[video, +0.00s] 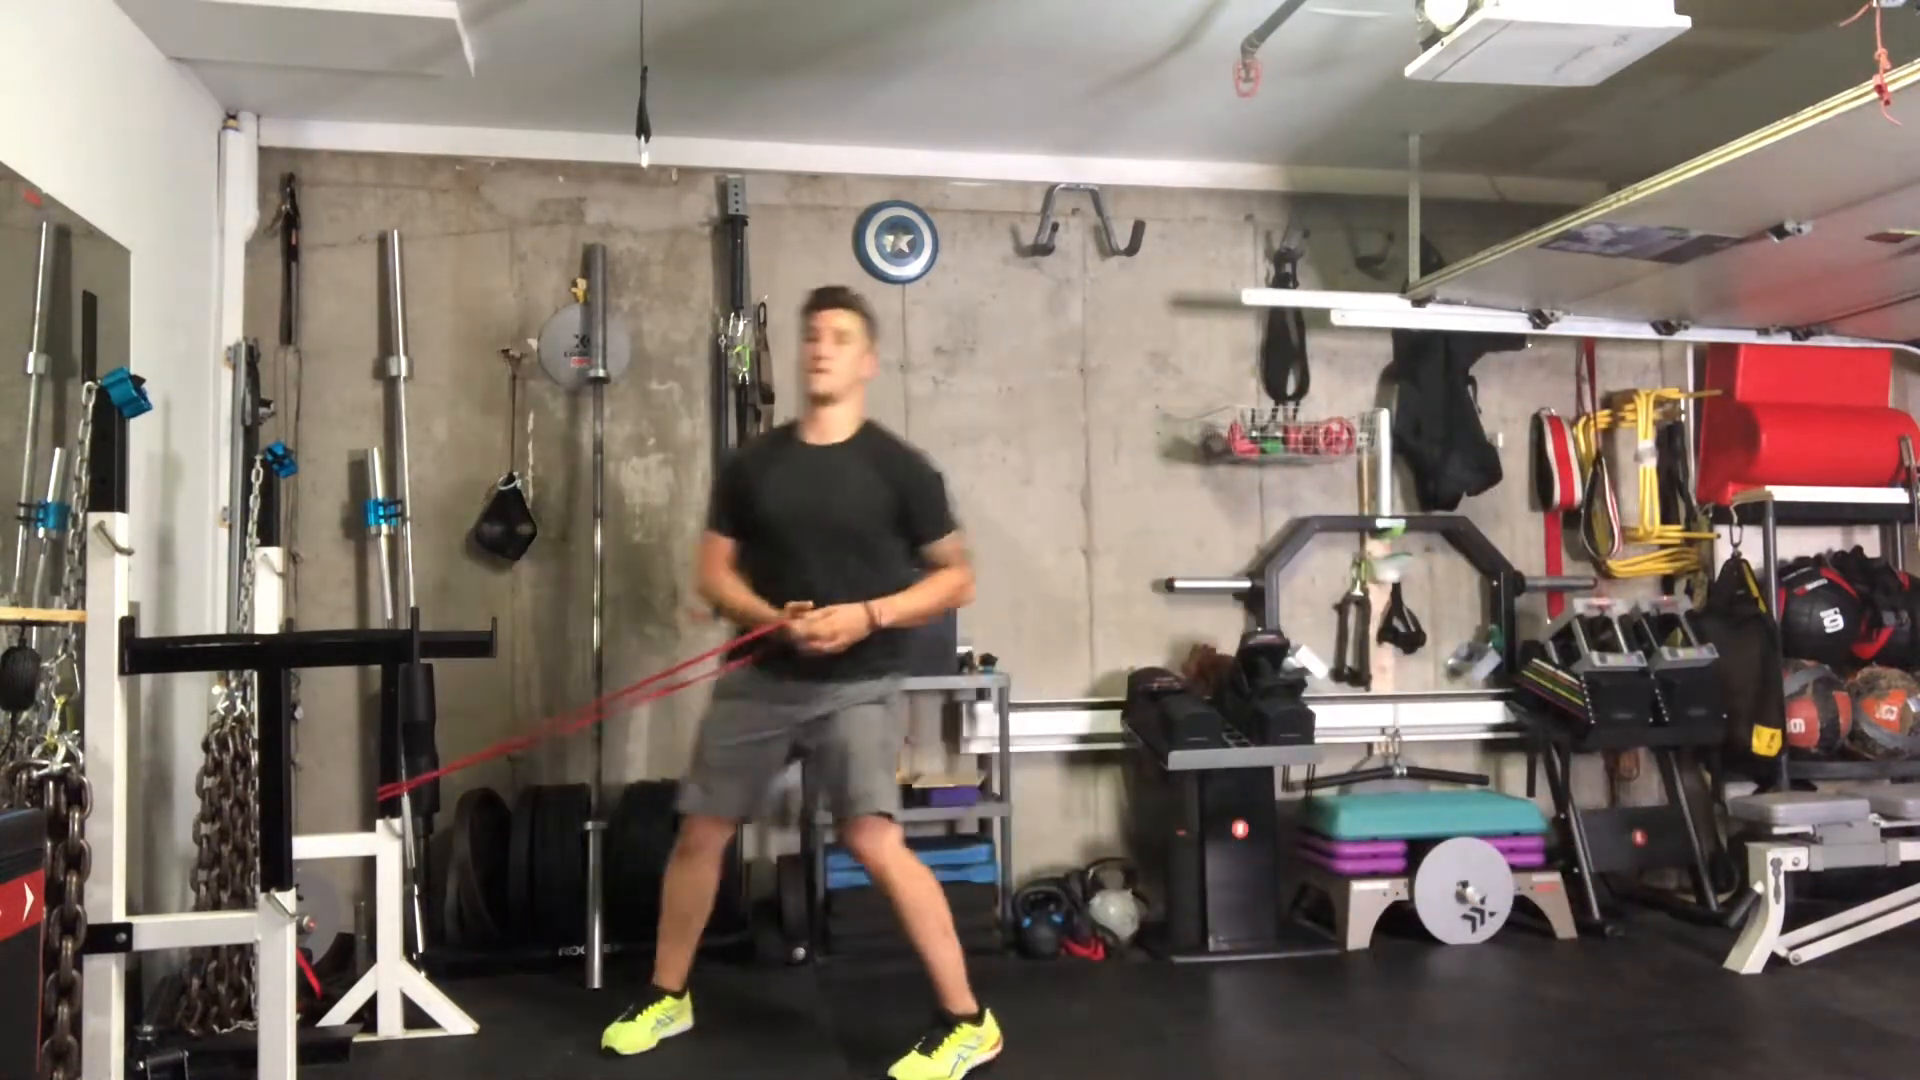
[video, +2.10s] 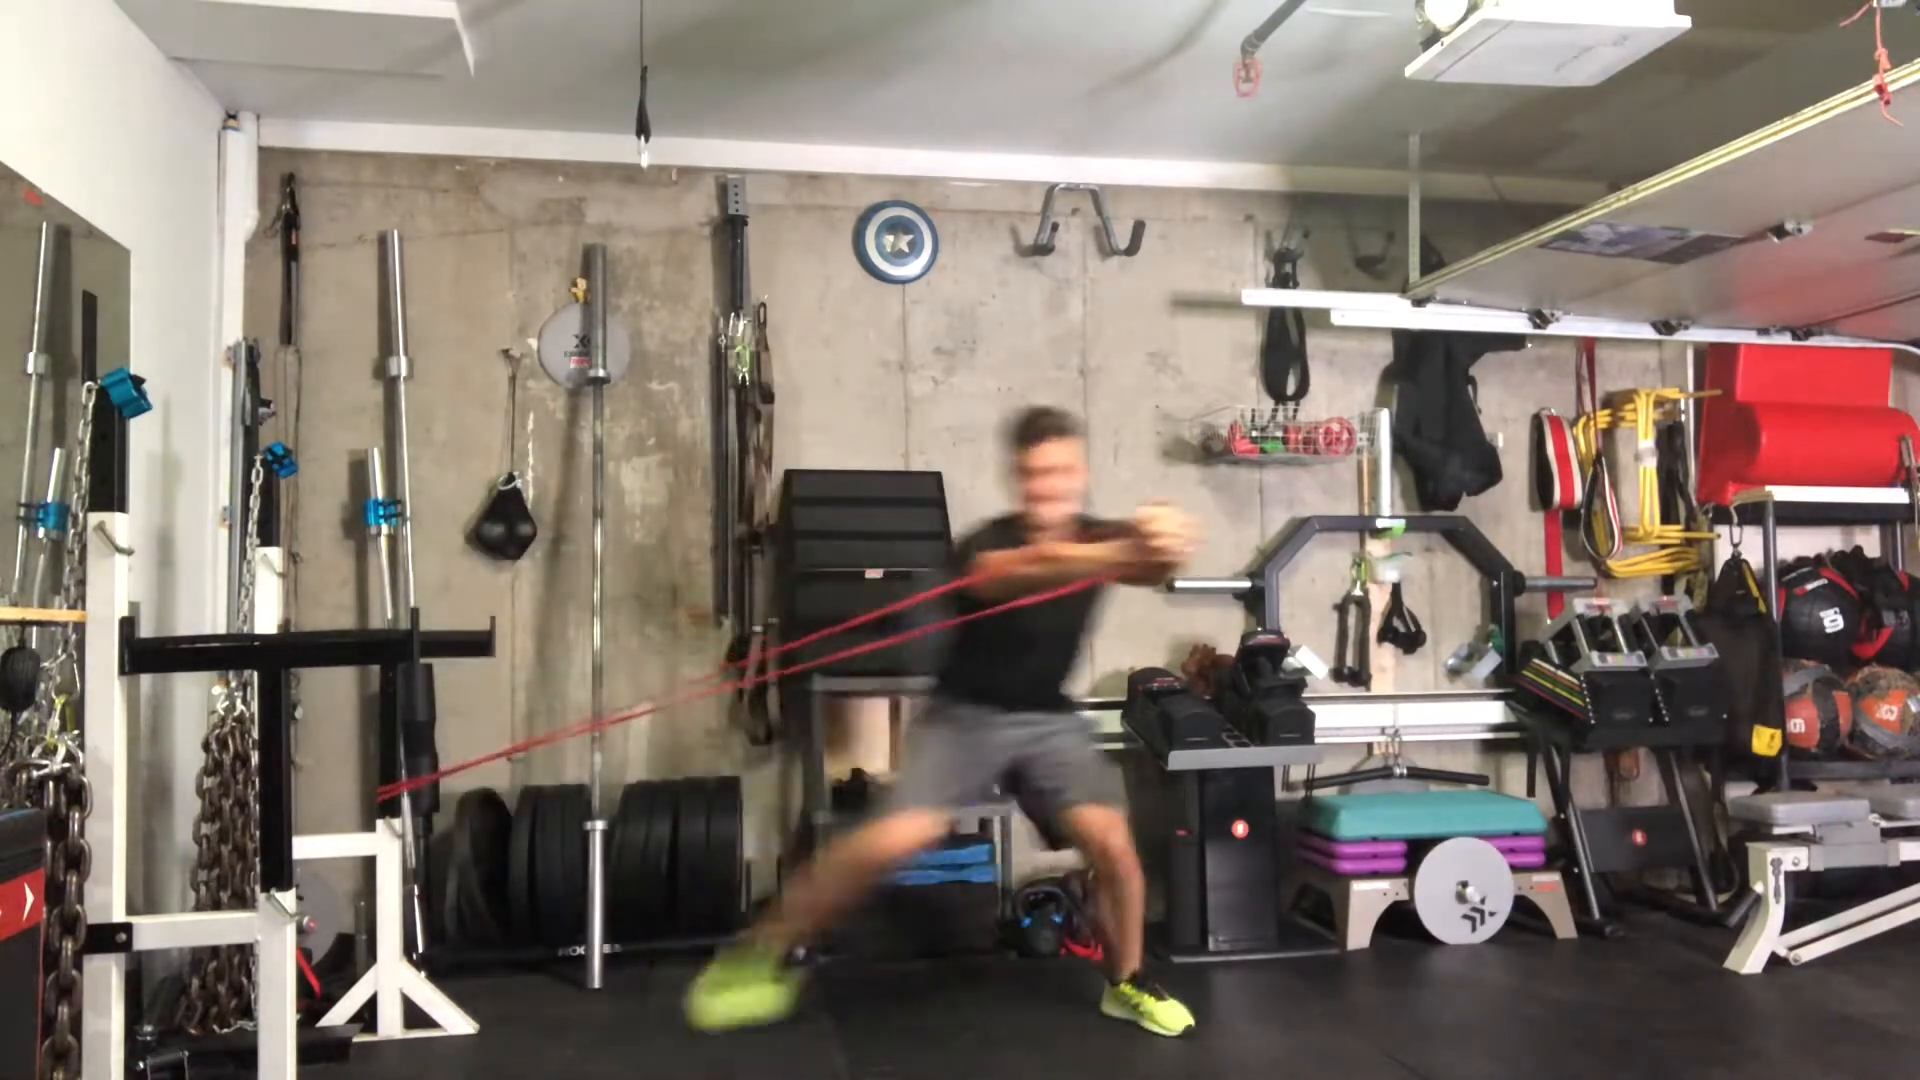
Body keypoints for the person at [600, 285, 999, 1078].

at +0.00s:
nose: (821, 351)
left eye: (838, 340)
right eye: (812, 339)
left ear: (869, 360)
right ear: (797, 356)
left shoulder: (903, 470)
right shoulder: (753, 463)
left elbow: (957, 578)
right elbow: (711, 572)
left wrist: (870, 614)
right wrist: (768, 614)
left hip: (858, 689)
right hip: (757, 685)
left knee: (873, 837)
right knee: (700, 831)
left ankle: (967, 1020)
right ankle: (667, 999)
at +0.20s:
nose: (767, 345)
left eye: (782, 334)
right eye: (753, 334)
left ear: (806, 354)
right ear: (733, 353)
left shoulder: (844, 455)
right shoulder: (690, 456)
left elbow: (875, 546)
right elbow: (658, 572)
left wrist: (850, 600)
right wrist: (765, 612)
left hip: (814, 670)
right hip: (716, 671)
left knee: (833, 807)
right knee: (674, 823)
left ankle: (877, 988)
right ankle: (665, 997)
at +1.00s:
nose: (741, 437)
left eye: (756, 424)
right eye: (728, 424)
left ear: (779, 434)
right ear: (709, 433)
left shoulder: (812, 522)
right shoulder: (669, 523)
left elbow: (831, 607)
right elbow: (660, 608)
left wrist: (785, 609)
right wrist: (724, 602)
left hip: (783, 707)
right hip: (690, 703)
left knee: (791, 837)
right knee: (651, 837)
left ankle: (804, 981)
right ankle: (636, 988)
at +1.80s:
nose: (781, 539)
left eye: (795, 522)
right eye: (765, 525)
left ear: (819, 523)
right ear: (743, 532)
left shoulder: (857, 581)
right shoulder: (724, 603)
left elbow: (880, 616)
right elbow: (726, 642)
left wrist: (853, 634)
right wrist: (799, 640)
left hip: (845, 752)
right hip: (752, 755)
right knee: (707, 874)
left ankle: (863, 968)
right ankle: (641, 987)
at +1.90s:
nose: (844, 520)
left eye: (859, 502)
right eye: (829, 505)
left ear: (888, 503)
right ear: (810, 512)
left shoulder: (912, 571)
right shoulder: (785, 584)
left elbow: (946, 599)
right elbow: (791, 619)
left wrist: (939, 602)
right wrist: (889, 612)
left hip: (896, 744)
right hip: (797, 751)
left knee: (988, 827)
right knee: (724, 875)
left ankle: (1011, 945)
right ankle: (642, 990)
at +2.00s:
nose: (945, 492)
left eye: (959, 475)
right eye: (931, 477)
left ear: (983, 480)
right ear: (909, 484)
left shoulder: (997, 547)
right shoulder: (884, 569)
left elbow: (1049, 574)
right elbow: (942, 580)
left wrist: (1068, 553)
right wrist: (1025, 568)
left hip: (971, 737)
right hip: (879, 742)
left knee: (1069, 829)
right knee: (768, 867)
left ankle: (1120, 977)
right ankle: (650, 986)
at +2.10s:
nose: (1047, 486)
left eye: (1060, 472)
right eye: (1034, 473)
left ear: (1083, 475)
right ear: (1016, 478)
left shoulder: (1101, 541)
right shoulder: (988, 544)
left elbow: (1148, 568)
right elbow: (1009, 573)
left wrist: (1168, 546)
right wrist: (1119, 553)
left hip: (1050, 722)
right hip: (962, 722)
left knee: (1112, 840)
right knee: (894, 839)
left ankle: (1126, 984)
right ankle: (763, 951)